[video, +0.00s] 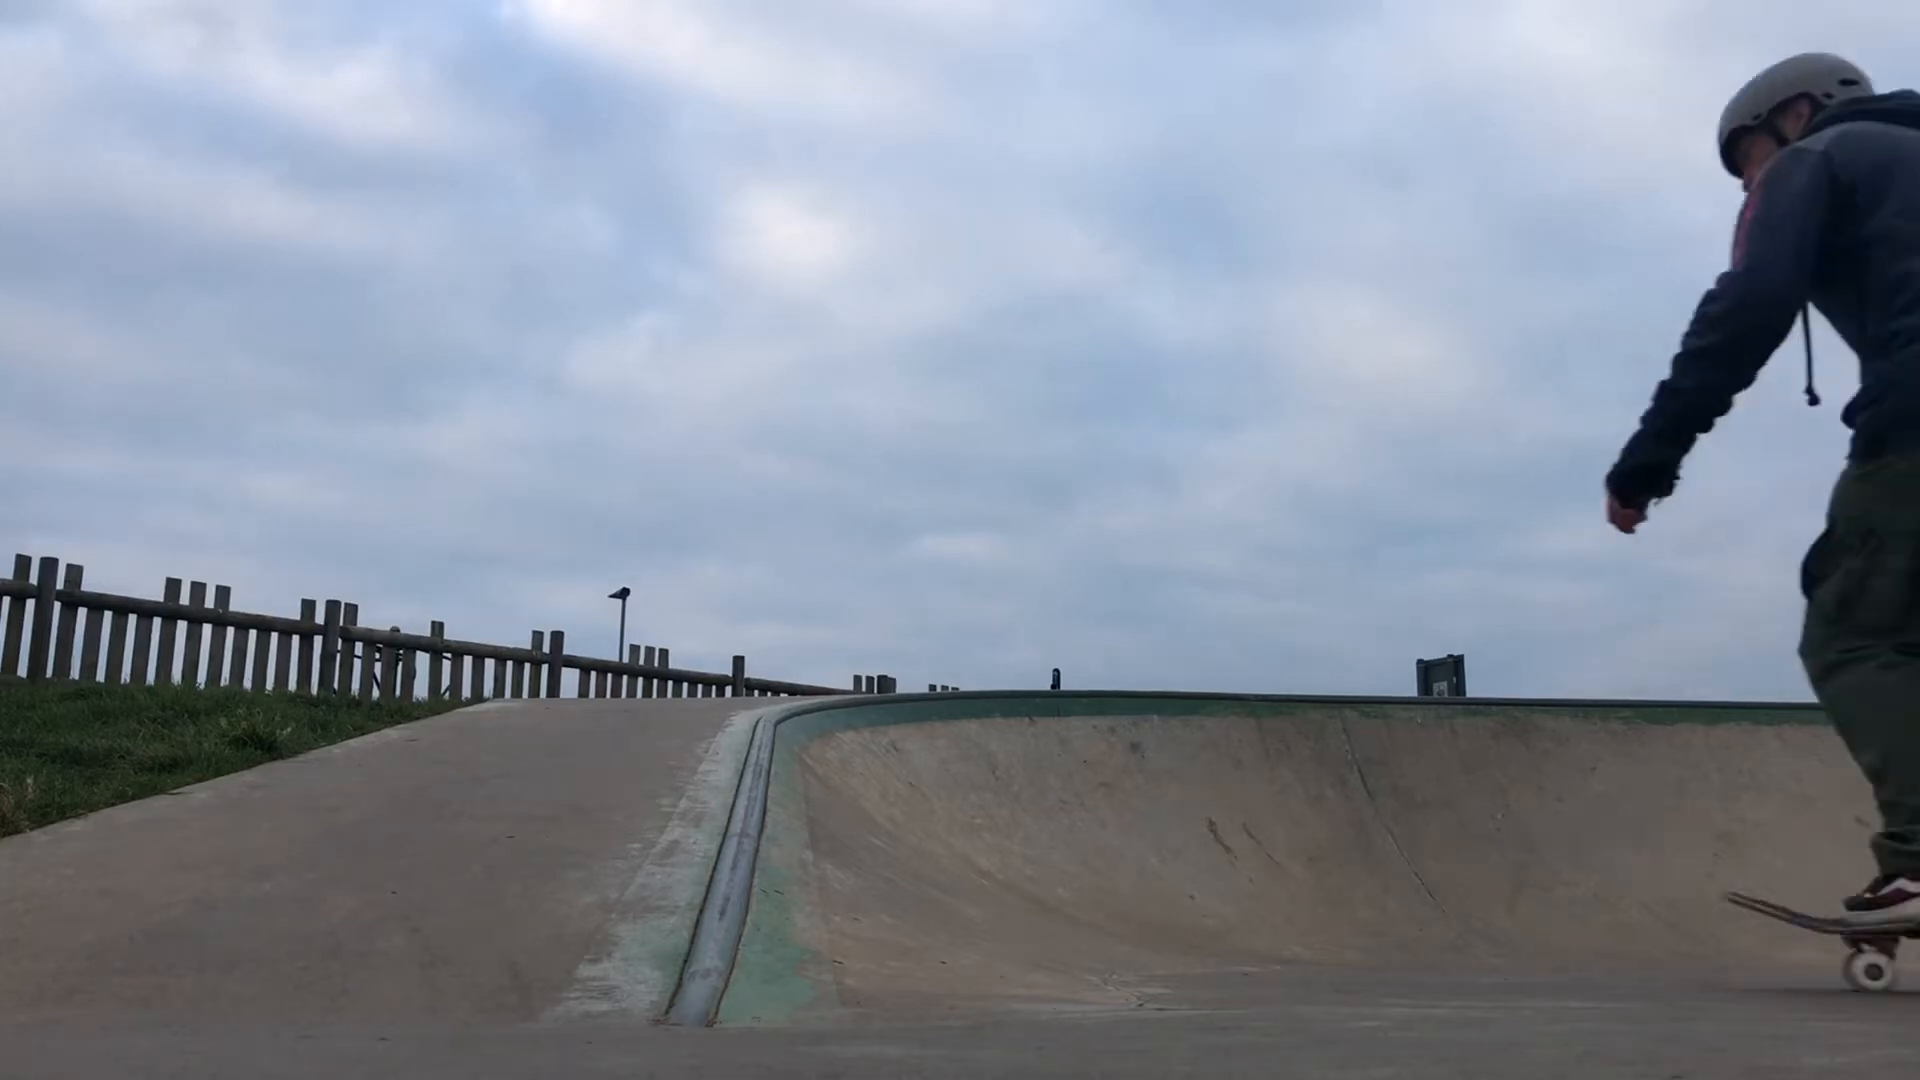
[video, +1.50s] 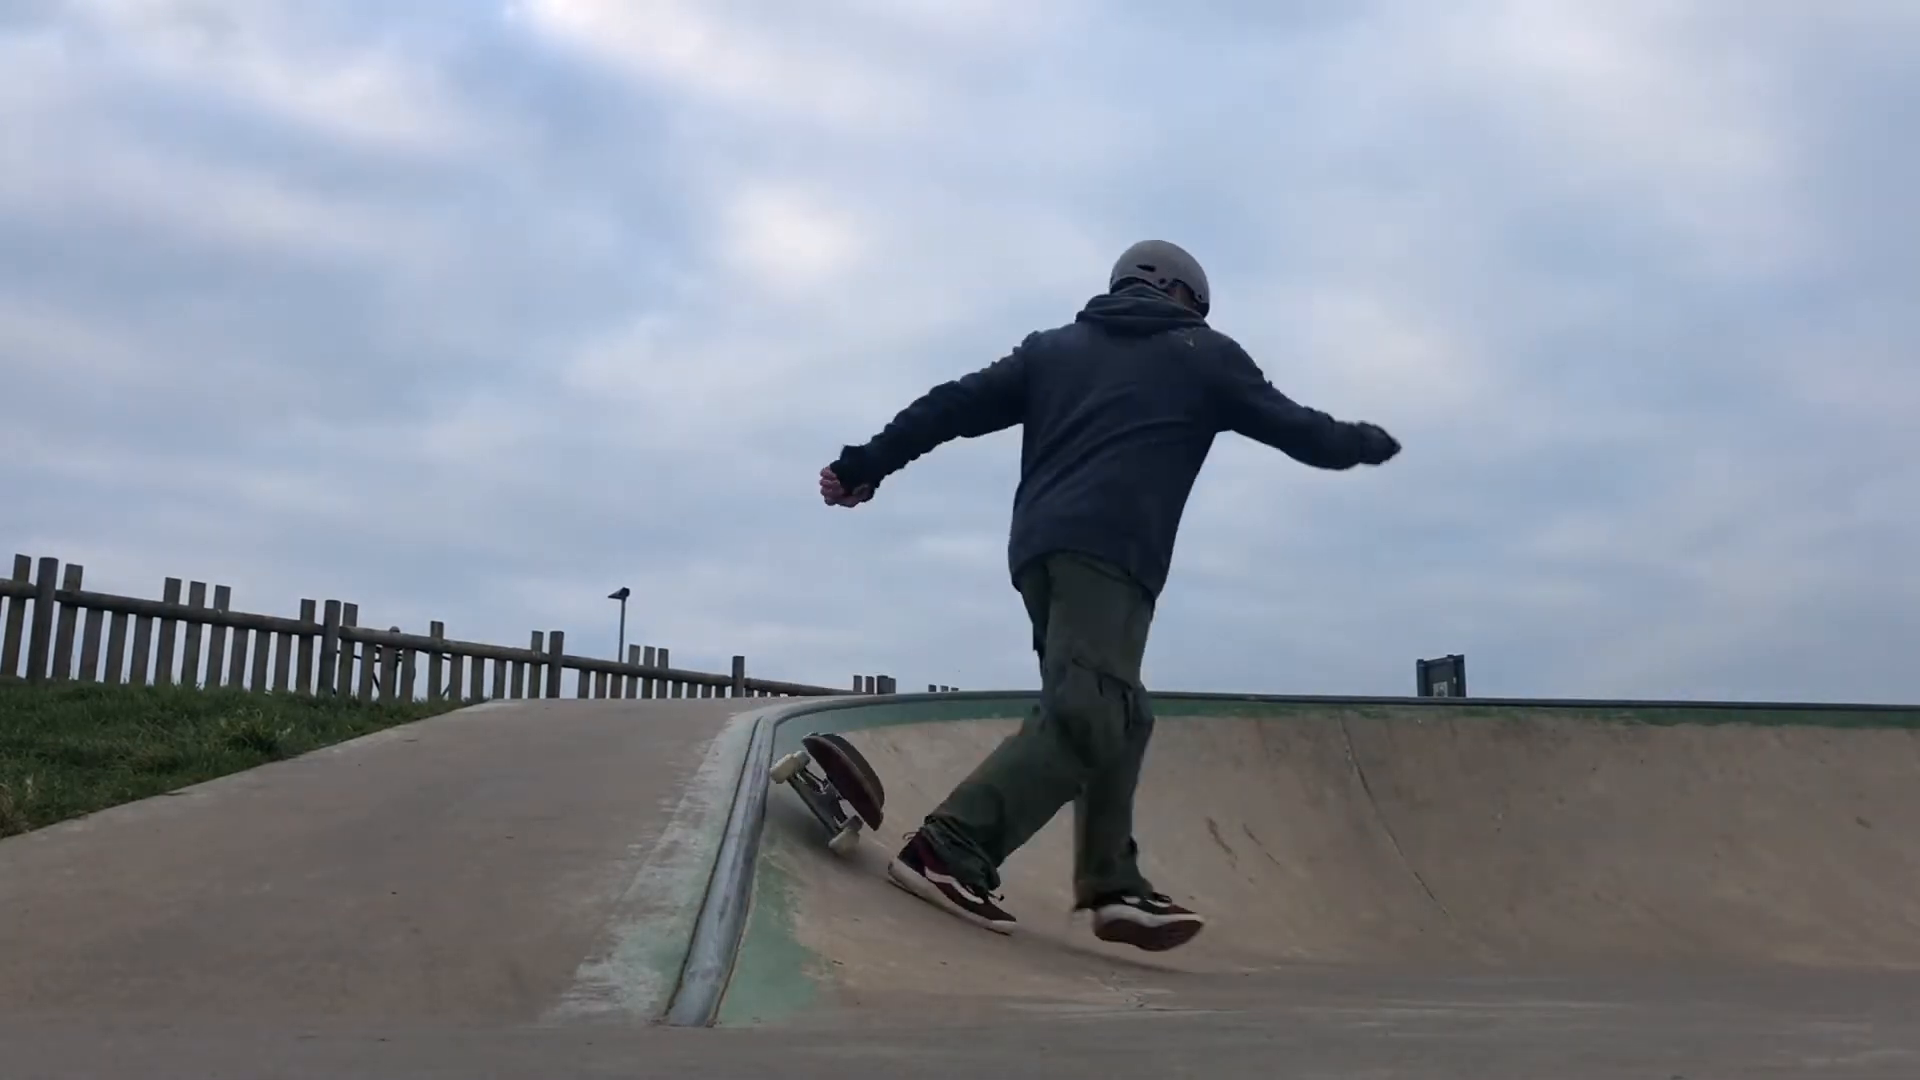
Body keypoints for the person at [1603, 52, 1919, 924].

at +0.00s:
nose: (1751, 185)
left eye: (1753, 161)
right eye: (1746, 171)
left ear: (1797, 114)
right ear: (1822, 111)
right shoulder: (1903, 145)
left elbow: (1746, 313)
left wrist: (1648, 459)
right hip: (1901, 427)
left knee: (1854, 637)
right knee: (1875, 635)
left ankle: (1914, 855)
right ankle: (1910, 858)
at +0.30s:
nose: (1320, 212)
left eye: (1323, 201)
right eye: (1324, 202)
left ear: (1343, 188)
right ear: (1428, 179)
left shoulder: (1322, 242)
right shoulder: (1505, 247)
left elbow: (1227, 388)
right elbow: (1645, 342)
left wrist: (1217, 509)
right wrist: (1754, 436)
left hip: (1371, 456)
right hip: (1504, 463)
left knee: (1277, 660)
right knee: (1463, 674)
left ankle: (1263, 857)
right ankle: (1540, 845)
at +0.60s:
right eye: (1165, 195)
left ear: (1087, 185)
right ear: (1152, 193)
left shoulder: (1025, 227)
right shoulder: (1169, 223)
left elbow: (912, 331)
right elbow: (1232, 277)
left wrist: (896, 426)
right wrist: (1301, 351)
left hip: (958, 382)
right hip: (1057, 405)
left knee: (920, 561)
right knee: (996, 609)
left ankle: (769, 670)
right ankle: (851, 750)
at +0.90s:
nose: (1080, 231)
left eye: (1084, 223)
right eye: (1081, 218)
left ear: (1024, 171)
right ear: (1065, 195)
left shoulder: (933, 208)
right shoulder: (1044, 205)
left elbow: (858, 290)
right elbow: (1079, 286)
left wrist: (839, 354)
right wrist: (1155, 380)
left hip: (838, 356)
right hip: (910, 364)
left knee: (849, 554)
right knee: (914, 558)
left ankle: (790, 693)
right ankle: (811, 704)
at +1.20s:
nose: (1099, 230)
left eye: (1100, 224)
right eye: (1098, 222)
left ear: (1038, 192)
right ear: (1080, 205)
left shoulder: (956, 239)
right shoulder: (1056, 217)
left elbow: (882, 335)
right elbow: (1156, 221)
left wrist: (869, 426)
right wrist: (1250, 252)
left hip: (878, 380)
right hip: (952, 379)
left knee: (890, 570)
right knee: (977, 564)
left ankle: (800, 695)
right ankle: (863, 684)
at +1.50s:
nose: (1201, 313)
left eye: (1195, 302)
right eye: (1199, 302)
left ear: (1122, 286)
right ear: (1187, 297)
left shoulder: (1054, 348)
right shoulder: (1202, 352)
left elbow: (952, 404)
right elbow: (1300, 430)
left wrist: (866, 463)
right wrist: (1370, 441)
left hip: (1036, 547)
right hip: (1112, 548)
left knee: (1122, 715)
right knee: (1084, 715)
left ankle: (1115, 891)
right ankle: (952, 846)